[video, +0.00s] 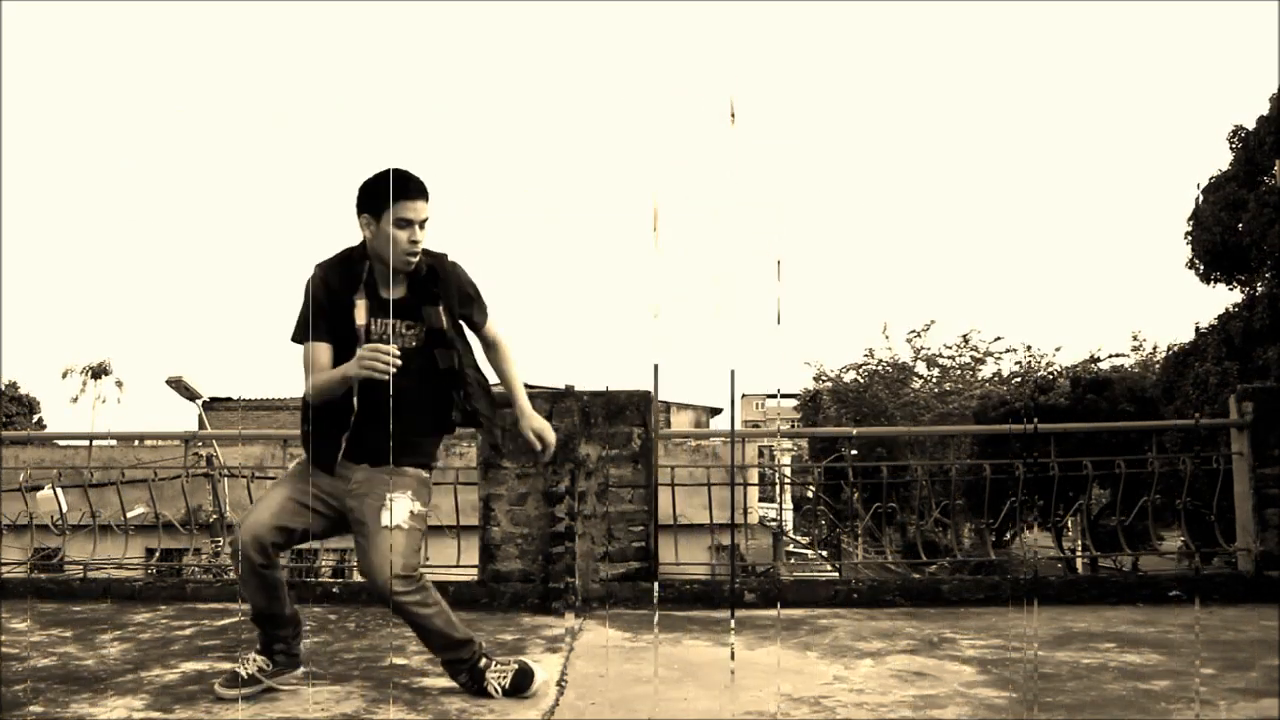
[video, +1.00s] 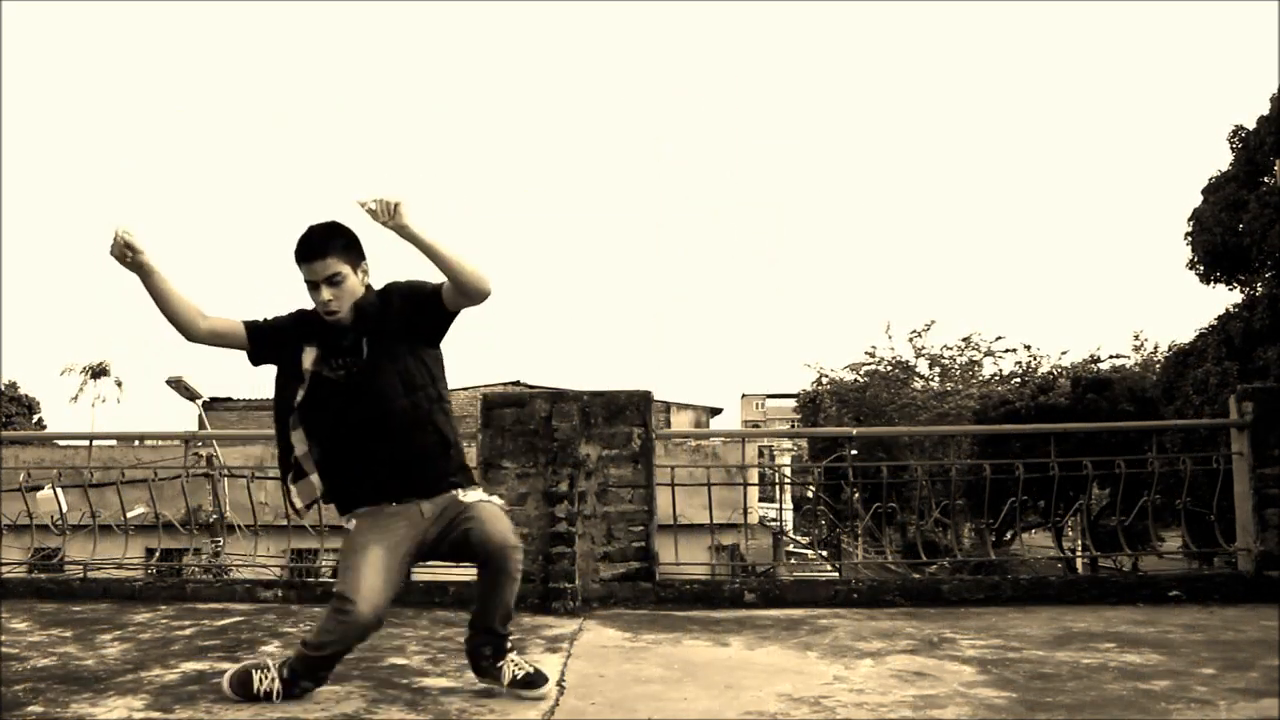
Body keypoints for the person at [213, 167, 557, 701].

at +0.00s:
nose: (418, 238)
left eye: (423, 225)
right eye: (405, 225)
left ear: (429, 224)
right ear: (367, 226)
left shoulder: (443, 278)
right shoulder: (332, 279)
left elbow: (491, 338)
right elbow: (314, 388)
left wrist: (523, 408)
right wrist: (349, 369)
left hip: (398, 472)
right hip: (326, 467)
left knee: (392, 576)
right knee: (255, 536)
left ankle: (474, 668)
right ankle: (280, 655)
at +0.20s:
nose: (344, 348)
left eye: (350, 334)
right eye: (329, 337)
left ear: (358, 328)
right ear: (295, 339)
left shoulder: (384, 379)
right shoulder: (273, 393)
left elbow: (458, 432)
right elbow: (251, 479)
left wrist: (453, 487)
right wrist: (241, 491)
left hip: (370, 554)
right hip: (301, 541)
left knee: (340, 664)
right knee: (225, 543)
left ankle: (468, 674)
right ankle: (278, 660)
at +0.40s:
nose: (307, 381)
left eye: (314, 366)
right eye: (291, 370)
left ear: (324, 357)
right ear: (263, 369)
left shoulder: (357, 414)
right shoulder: (252, 407)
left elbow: (418, 496)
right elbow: (194, 482)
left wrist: (403, 539)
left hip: (363, 565)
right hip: (303, 551)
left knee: (338, 685)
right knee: (226, 548)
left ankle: (464, 674)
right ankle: (280, 663)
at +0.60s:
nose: (295, 341)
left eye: (303, 327)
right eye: (279, 330)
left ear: (314, 326)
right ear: (252, 337)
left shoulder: (347, 375)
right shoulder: (246, 389)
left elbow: (423, 427)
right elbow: (196, 465)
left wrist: (429, 434)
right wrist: (143, 428)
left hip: (363, 559)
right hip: (299, 546)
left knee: (334, 689)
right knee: (213, 547)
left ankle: (466, 675)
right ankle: (281, 660)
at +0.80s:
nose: (279, 345)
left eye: (288, 329)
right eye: (267, 336)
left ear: (313, 316)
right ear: (256, 334)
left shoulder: (360, 359)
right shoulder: (261, 380)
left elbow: (450, 403)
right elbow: (174, 426)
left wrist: (401, 344)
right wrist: (125, 362)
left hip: (382, 548)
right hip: (311, 540)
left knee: (350, 659)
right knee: (234, 547)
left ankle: (467, 674)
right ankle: (278, 662)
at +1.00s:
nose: (324, 295)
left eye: (334, 281)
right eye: (313, 286)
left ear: (362, 271)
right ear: (303, 283)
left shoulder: (404, 305)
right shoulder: (295, 335)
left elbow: (475, 288)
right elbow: (198, 327)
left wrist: (409, 231)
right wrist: (144, 268)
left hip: (451, 497)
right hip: (377, 514)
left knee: (503, 541)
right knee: (360, 611)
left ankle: (490, 655)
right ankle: (292, 677)